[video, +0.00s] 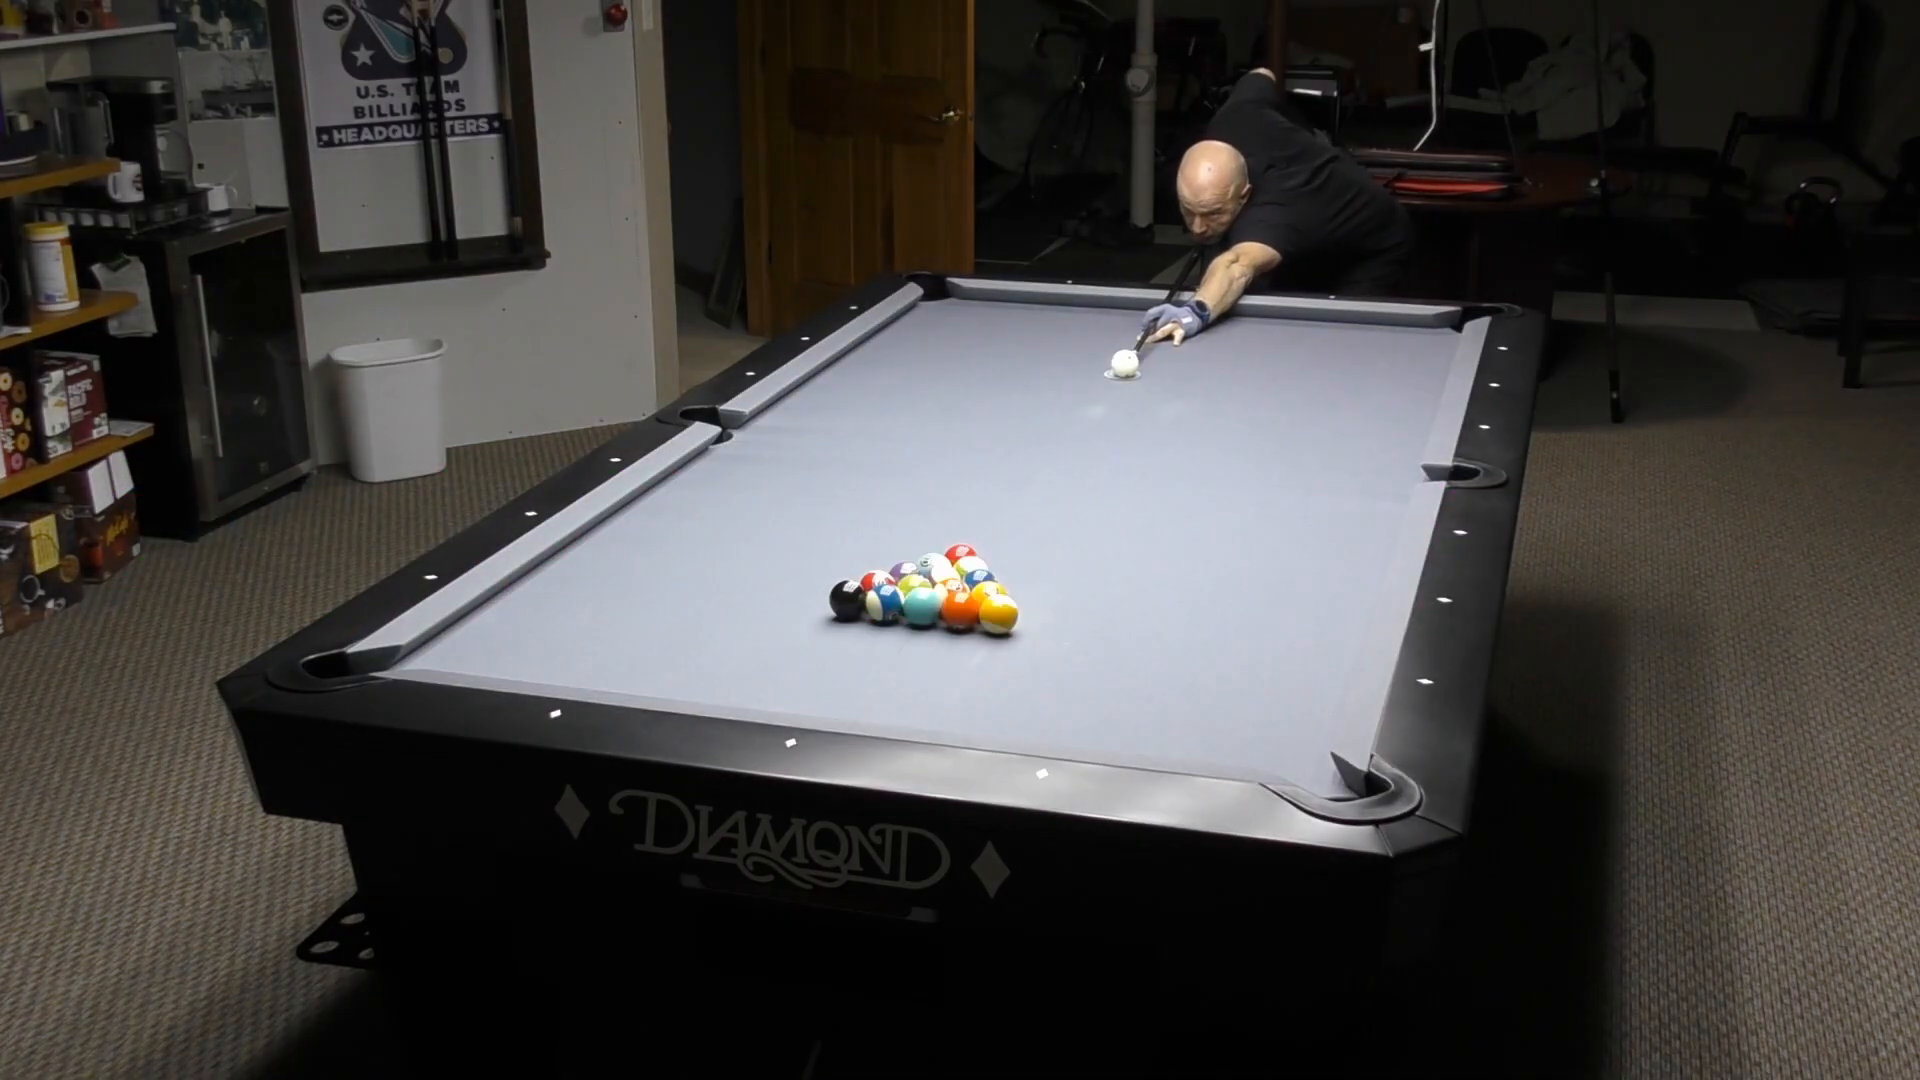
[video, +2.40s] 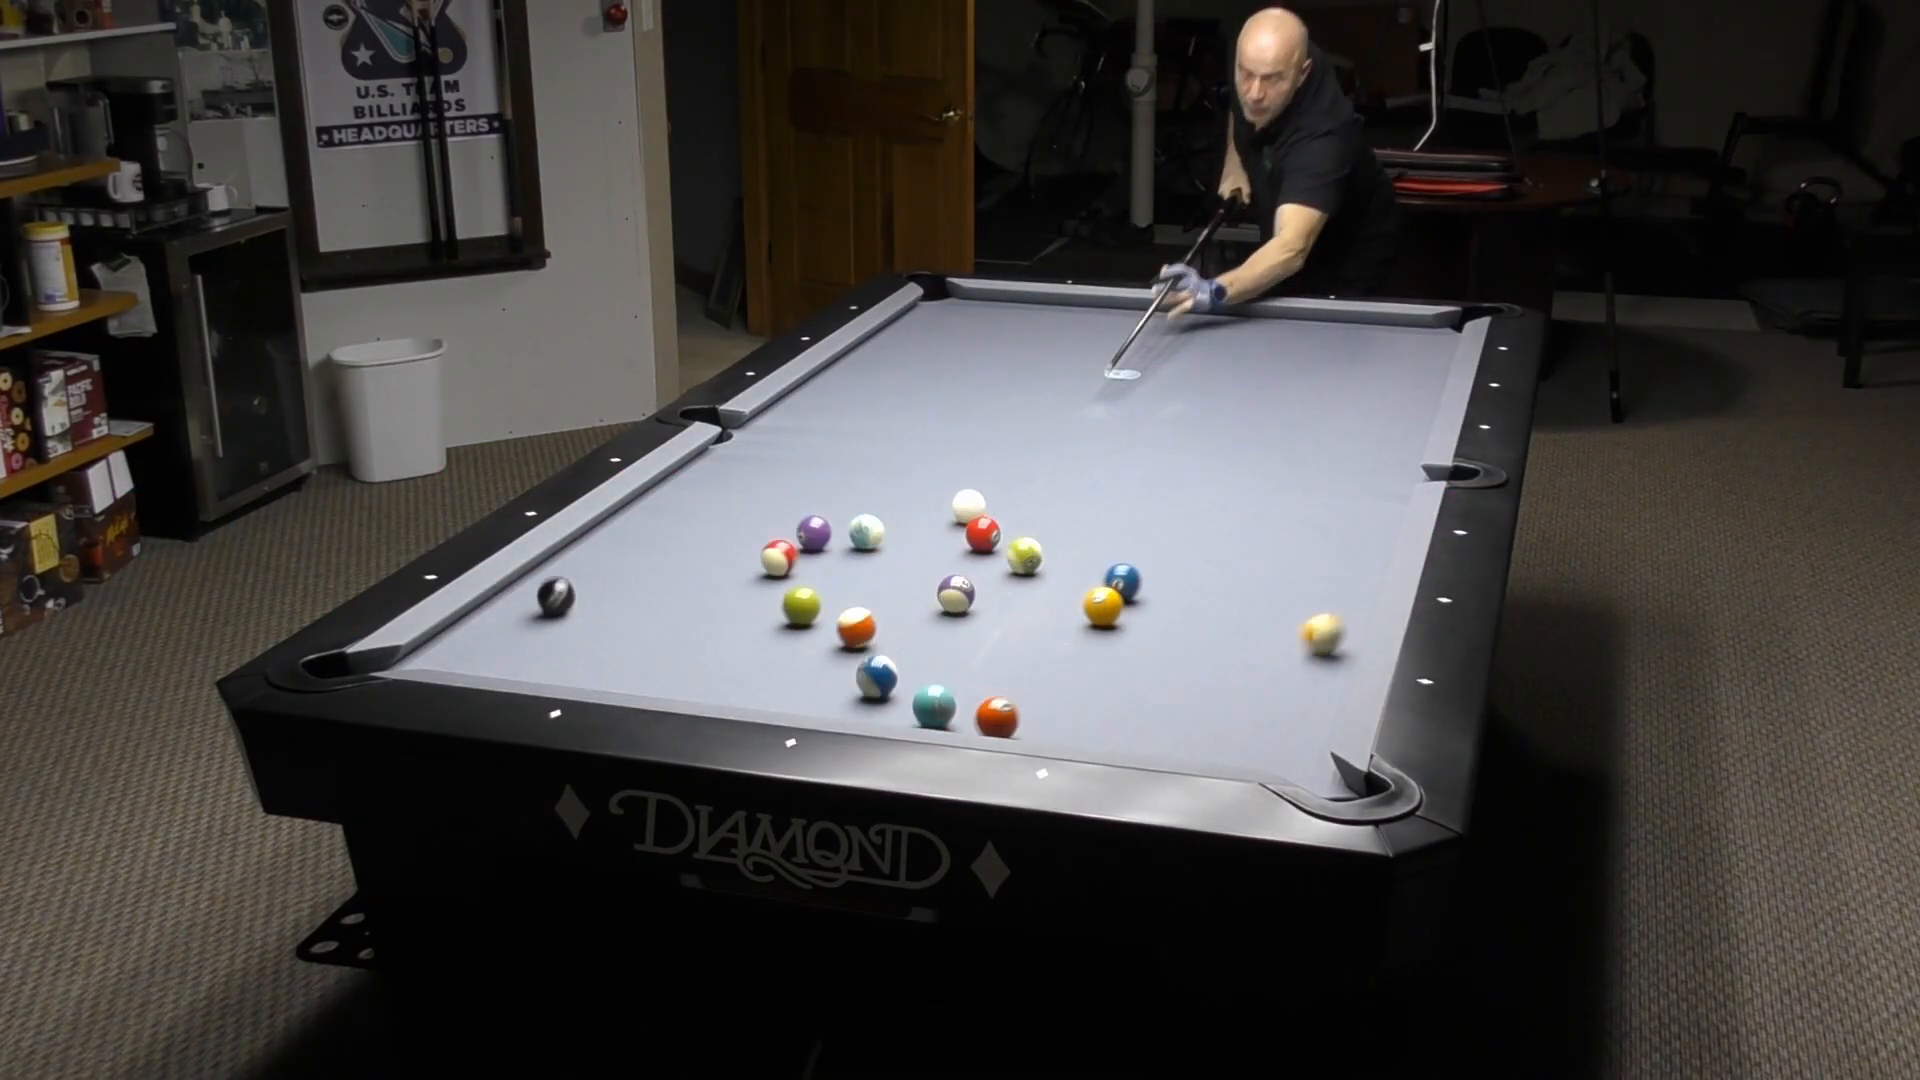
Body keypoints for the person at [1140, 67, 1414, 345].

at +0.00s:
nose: (1198, 229)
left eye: (1213, 216)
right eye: (1188, 213)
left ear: (1244, 193)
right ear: (1179, 184)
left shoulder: (1272, 216)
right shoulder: (1235, 119)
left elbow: (1237, 267)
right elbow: (1262, 73)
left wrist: (1195, 312)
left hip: (1379, 240)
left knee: (1339, 339)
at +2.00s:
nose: (1198, 232)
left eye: (1212, 219)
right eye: (1188, 217)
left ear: (1243, 195)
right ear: (1178, 188)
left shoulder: (1273, 217)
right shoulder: (1231, 122)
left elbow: (1238, 266)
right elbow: (1257, 81)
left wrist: (1194, 311)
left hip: (1379, 243)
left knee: (1339, 339)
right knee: (1280, 330)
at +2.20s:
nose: (1198, 221)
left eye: (1212, 207)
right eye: (1187, 205)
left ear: (1241, 184)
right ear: (1177, 181)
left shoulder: (1274, 196)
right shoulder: (1228, 113)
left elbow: (1258, 267)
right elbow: (1256, 78)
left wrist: (1198, 314)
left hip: (1373, 244)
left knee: (1338, 343)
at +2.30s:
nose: (1222, 174)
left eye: (1237, 161)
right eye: (1210, 159)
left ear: (1266, 138)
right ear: (1204, 127)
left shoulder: (1298, 170)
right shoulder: (1240, 78)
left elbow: (1277, 276)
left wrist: (1211, 316)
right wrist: (1221, 183)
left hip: (1363, 238)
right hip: (1295, 228)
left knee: (1342, 341)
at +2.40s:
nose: (1254, 94)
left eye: (1272, 80)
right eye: (1246, 74)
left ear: (1303, 72)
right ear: (1236, 60)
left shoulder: (1322, 129)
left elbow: (1291, 249)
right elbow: (1238, 106)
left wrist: (1214, 293)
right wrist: (1234, 162)